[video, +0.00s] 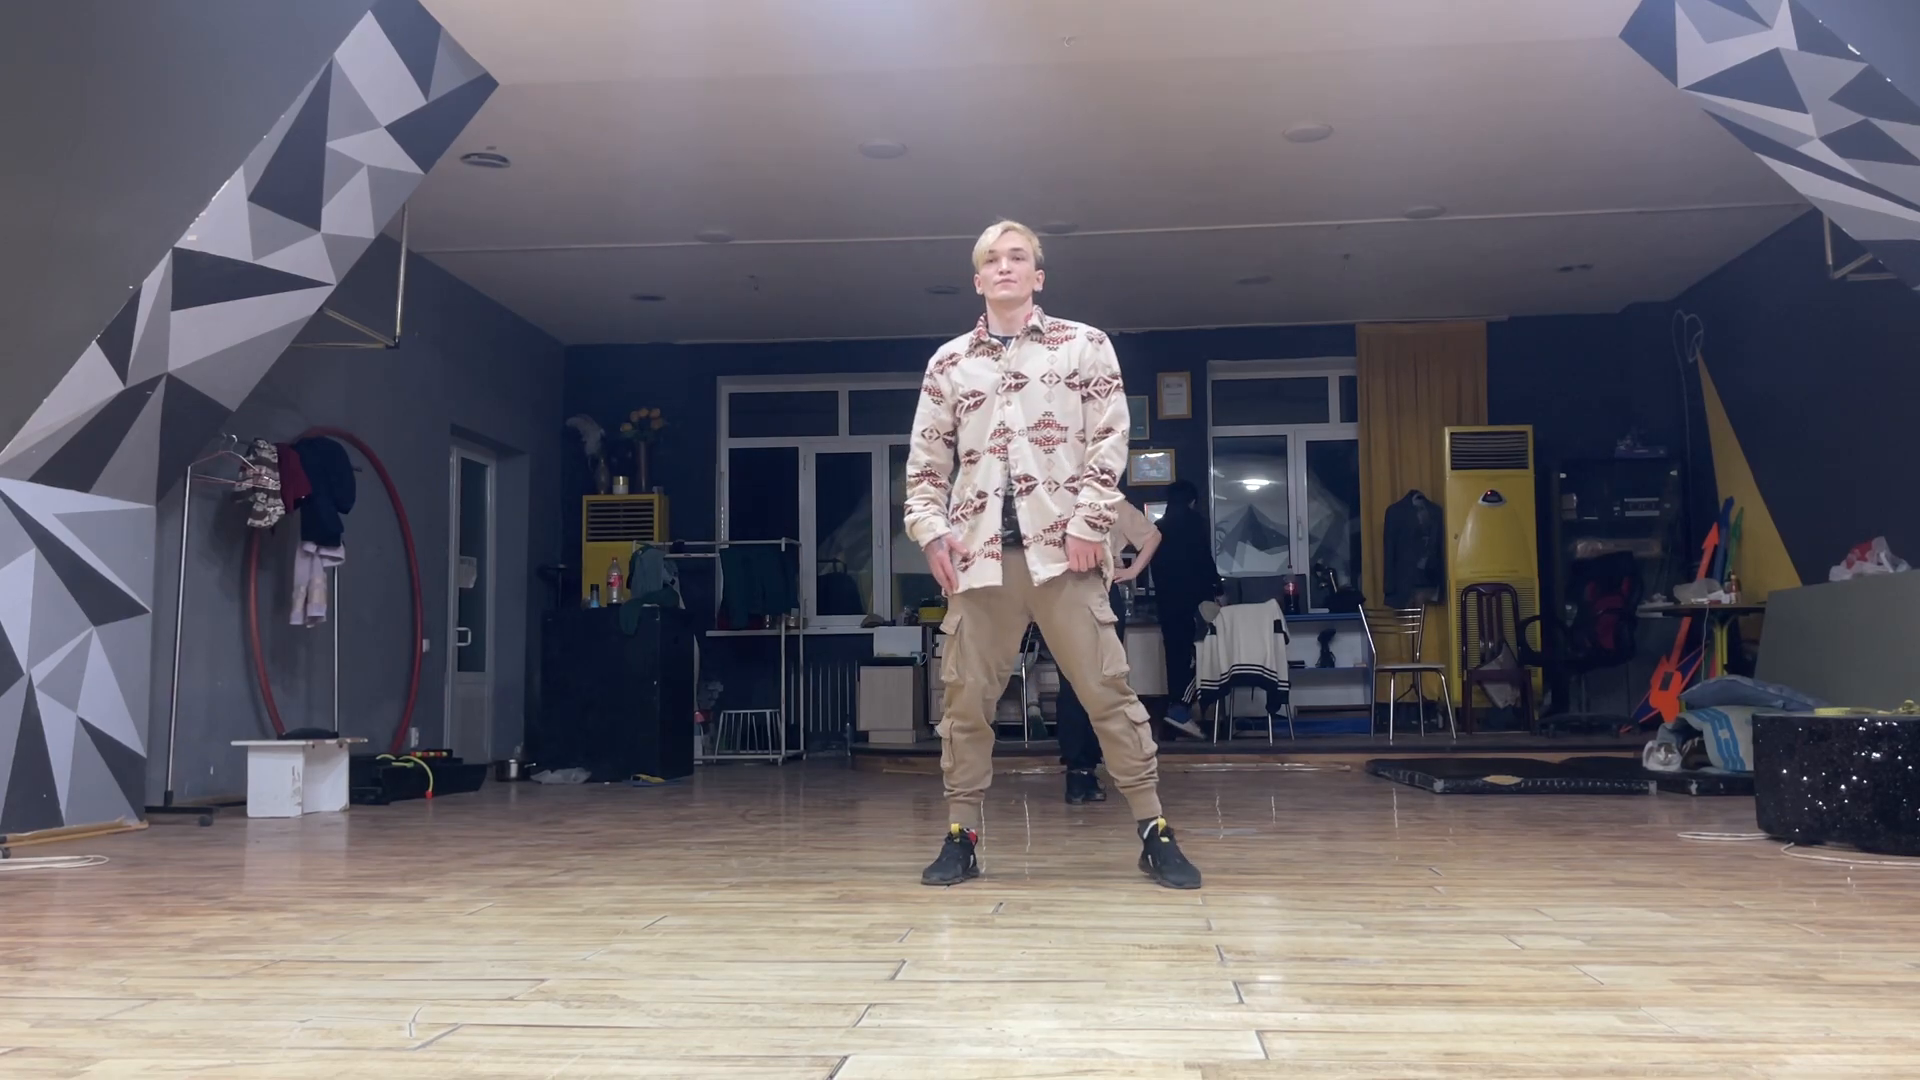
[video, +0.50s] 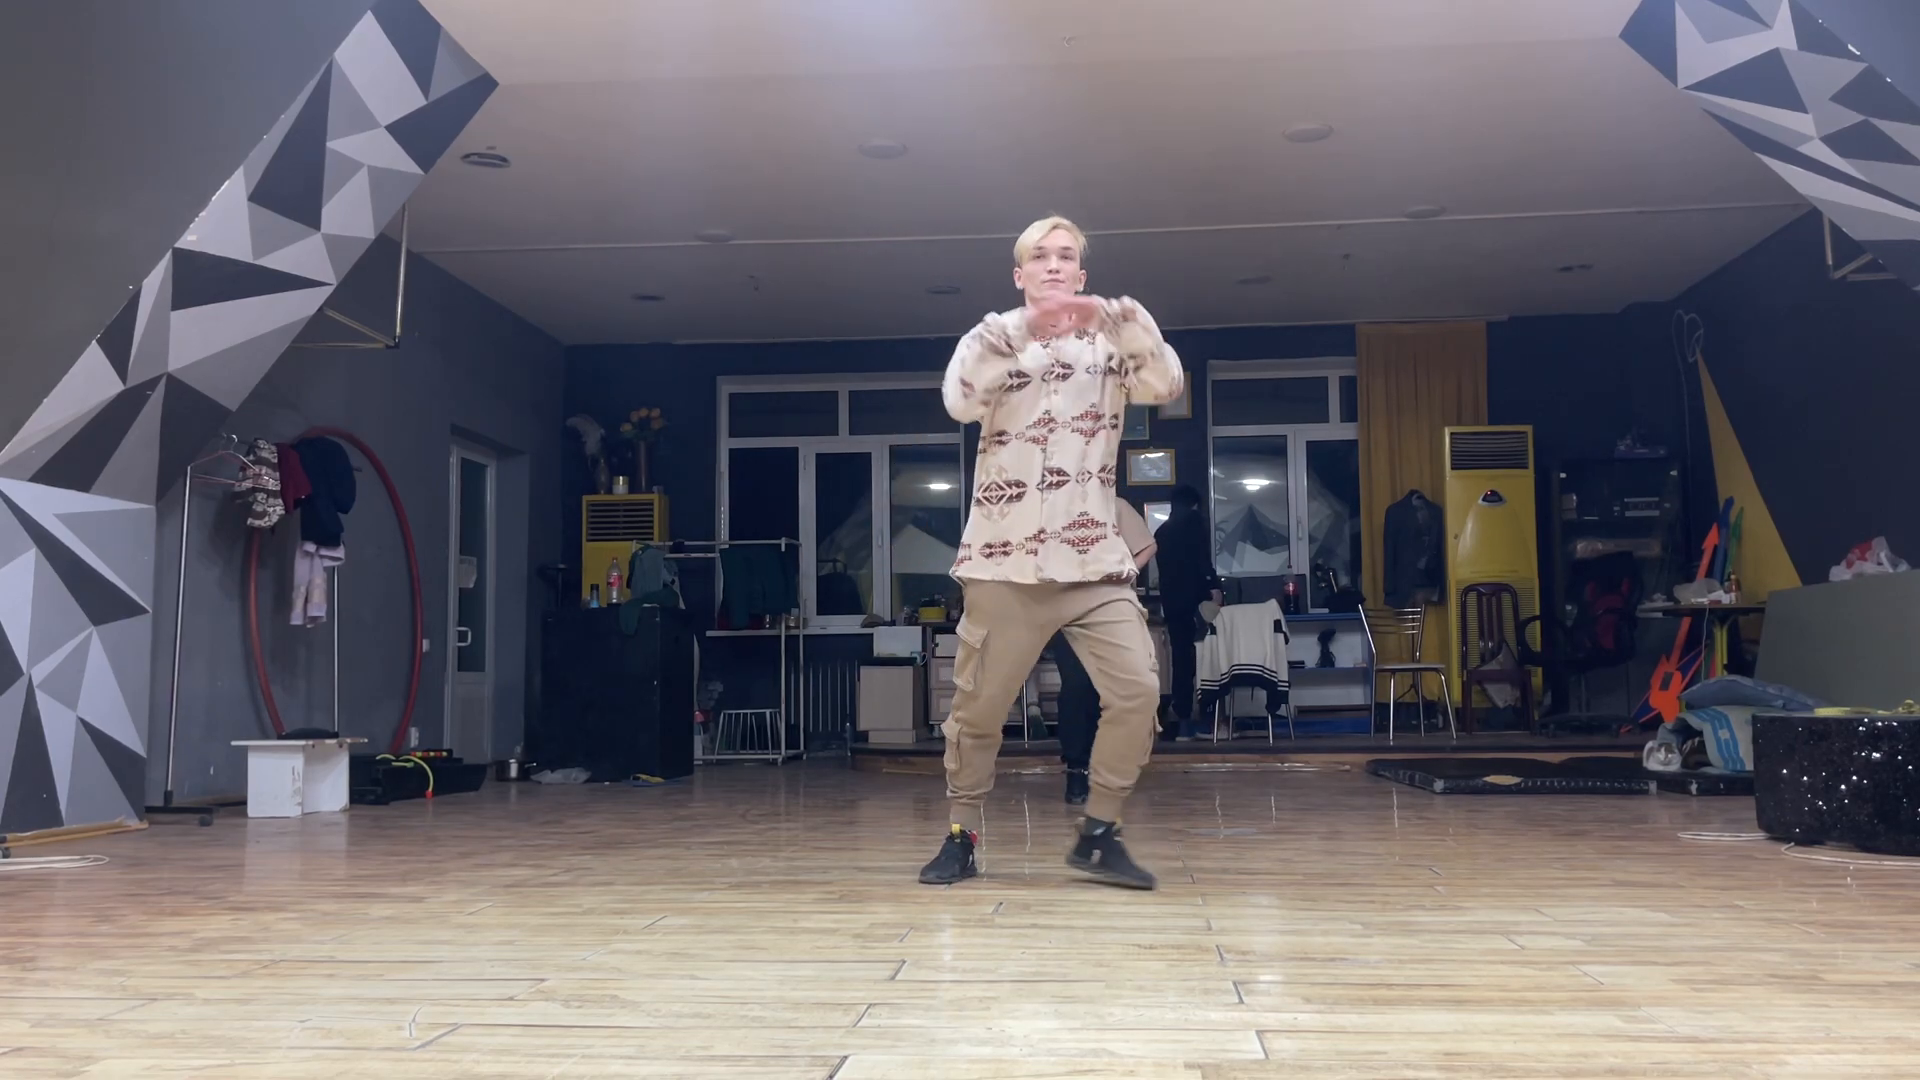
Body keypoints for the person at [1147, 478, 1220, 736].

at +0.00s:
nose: (1194, 504)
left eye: (1190, 501)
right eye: (1194, 501)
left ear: (1169, 500)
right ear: (1192, 500)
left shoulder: (1158, 526)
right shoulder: (1196, 522)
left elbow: (1154, 564)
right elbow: (1203, 558)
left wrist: (1161, 588)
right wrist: (1216, 587)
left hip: (1167, 595)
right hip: (1192, 594)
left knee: (1174, 652)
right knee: (1192, 651)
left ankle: (1177, 710)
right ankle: (1180, 708)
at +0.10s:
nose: (1195, 506)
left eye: (1192, 503)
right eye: (1195, 502)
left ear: (1170, 501)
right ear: (1192, 502)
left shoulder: (1159, 528)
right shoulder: (1195, 523)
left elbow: (1158, 568)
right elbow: (1203, 560)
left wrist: (1165, 591)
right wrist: (1217, 589)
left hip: (1167, 599)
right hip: (1191, 598)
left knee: (1176, 655)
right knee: (1190, 654)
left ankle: (1179, 711)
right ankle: (1185, 714)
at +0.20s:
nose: (1196, 508)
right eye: (1195, 504)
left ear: (1170, 503)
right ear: (1193, 503)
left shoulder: (1159, 530)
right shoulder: (1197, 524)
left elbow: (1159, 569)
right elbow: (1202, 559)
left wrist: (1166, 591)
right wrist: (1215, 586)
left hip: (1169, 598)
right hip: (1192, 596)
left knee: (1178, 655)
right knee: (1191, 654)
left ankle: (1179, 710)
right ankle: (1191, 714)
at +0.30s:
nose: (1195, 508)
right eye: (1195, 504)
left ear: (1171, 504)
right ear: (1193, 503)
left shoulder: (1160, 530)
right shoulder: (1196, 525)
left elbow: (1159, 569)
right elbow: (1201, 560)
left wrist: (1166, 593)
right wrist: (1215, 585)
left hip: (1169, 598)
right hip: (1191, 597)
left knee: (1179, 655)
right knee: (1190, 654)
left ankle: (1182, 712)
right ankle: (1191, 715)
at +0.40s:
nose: (1195, 508)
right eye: (1195, 504)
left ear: (1172, 503)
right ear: (1193, 503)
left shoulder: (1161, 530)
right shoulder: (1196, 525)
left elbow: (1161, 567)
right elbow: (1202, 561)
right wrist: (1215, 586)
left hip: (1169, 598)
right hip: (1192, 597)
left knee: (1180, 656)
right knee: (1190, 654)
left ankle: (1181, 713)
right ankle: (1192, 716)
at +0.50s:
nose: (1196, 508)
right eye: (1196, 504)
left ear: (1173, 503)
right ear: (1195, 504)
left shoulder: (1162, 530)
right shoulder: (1197, 525)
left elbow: (1163, 567)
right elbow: (1202, 560)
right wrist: (1214, 585)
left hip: (1170, 597)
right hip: (1192, 596)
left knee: (1180, 656)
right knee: (1189, 655)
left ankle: (1181, 716)